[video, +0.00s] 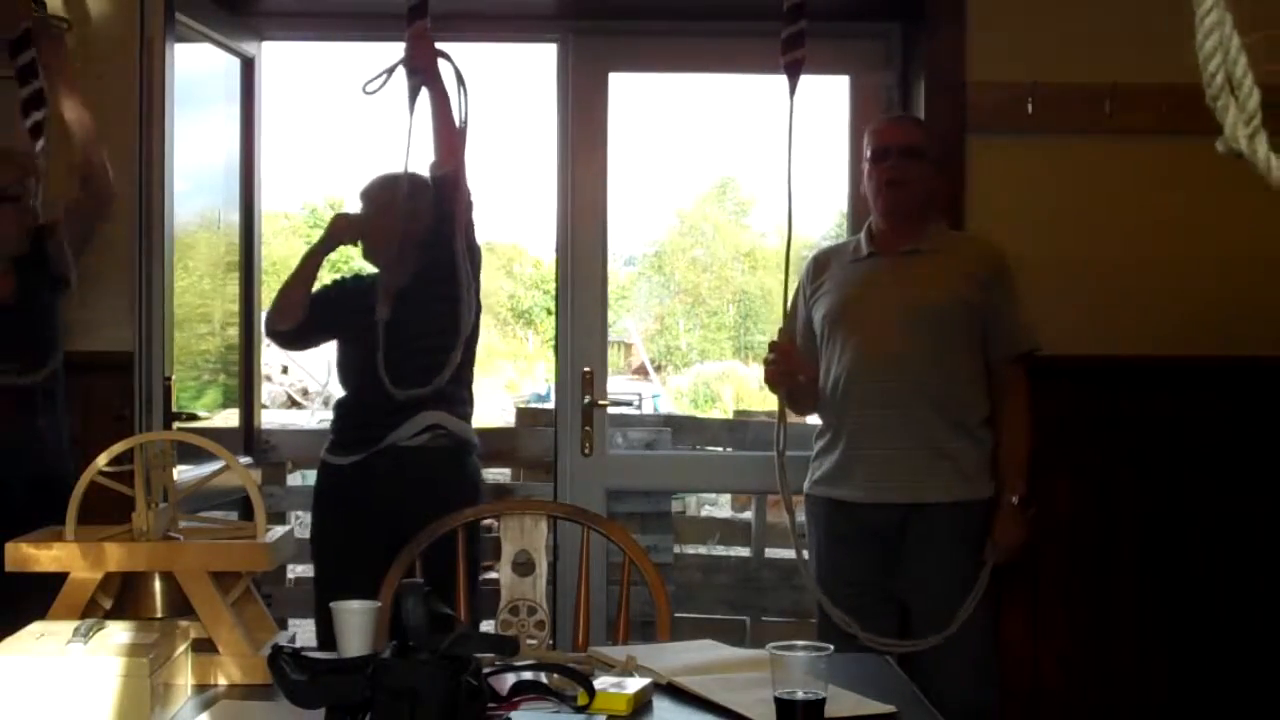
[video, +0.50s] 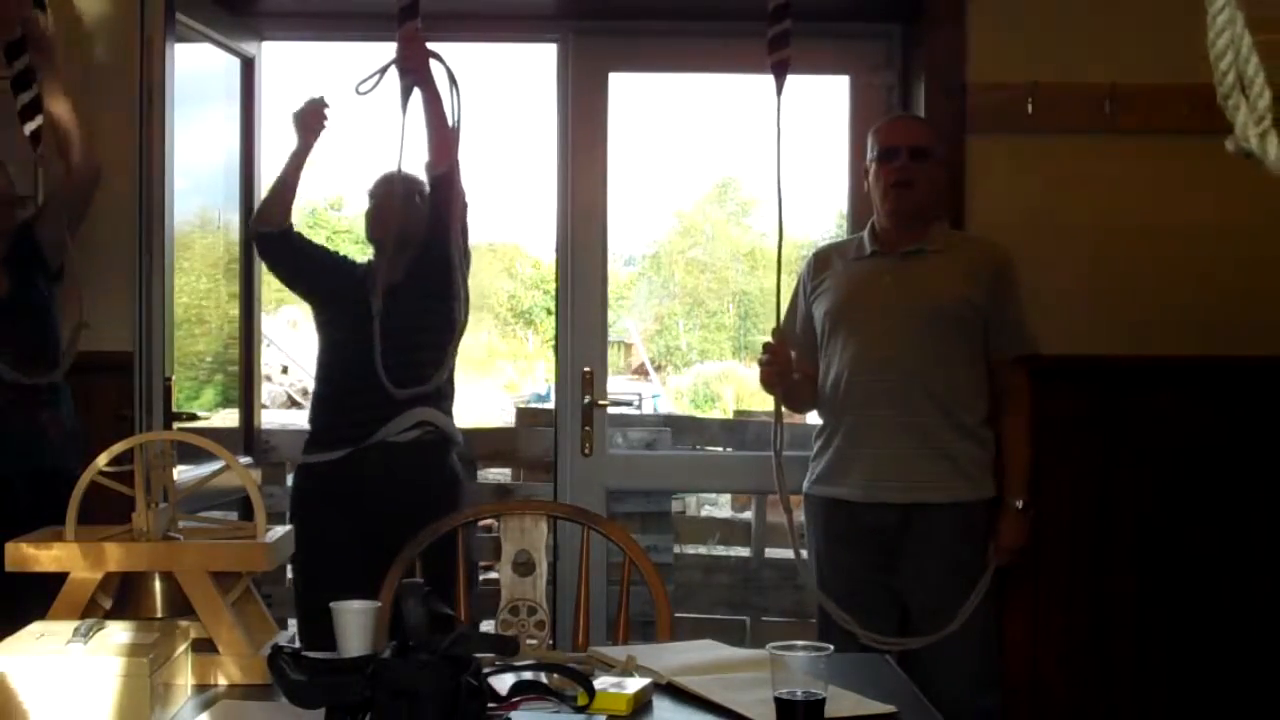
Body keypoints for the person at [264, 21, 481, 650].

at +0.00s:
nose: (362, 221)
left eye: (374, 209)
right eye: (364, 211)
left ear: (414, 220)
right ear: (371, 227)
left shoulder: (447, 282)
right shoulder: (354, 298)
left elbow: (450, 171)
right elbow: (284, 327)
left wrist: (432, 78)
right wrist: (322, 246)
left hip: (432, 471)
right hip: (351, 474)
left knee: (436, 632)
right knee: (348, 639)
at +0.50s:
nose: (389, 204)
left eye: (404, 197)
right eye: (379, 197)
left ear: (427, 218)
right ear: (367, 218)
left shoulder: (439, 280)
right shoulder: (339, 280)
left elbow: (444, 168)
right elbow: (268, 232)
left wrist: (423, 78)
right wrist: (302, 148)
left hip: (415, 473)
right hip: (332, 473)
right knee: (329, 646)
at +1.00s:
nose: (414, 191)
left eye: (427, 186)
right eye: (403, 186)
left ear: (446, 209)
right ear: (389, 211)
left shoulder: (457, 273)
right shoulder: (360, 266)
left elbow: (450, 174)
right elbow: (331, 183)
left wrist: (420, 82)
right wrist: (365, 86)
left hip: (430, 459)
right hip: (346, 459)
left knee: (441, 627)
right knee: (346, 634)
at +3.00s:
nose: (408, 213)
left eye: (418, 203)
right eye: (395, 202)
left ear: (435, 218)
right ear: (373, 220)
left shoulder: (453, 277)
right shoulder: (349, 272)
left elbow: (463, 182)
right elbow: (318, 188)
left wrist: (430, 86)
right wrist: (358, 93)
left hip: (429, 463)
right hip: (341, 463)